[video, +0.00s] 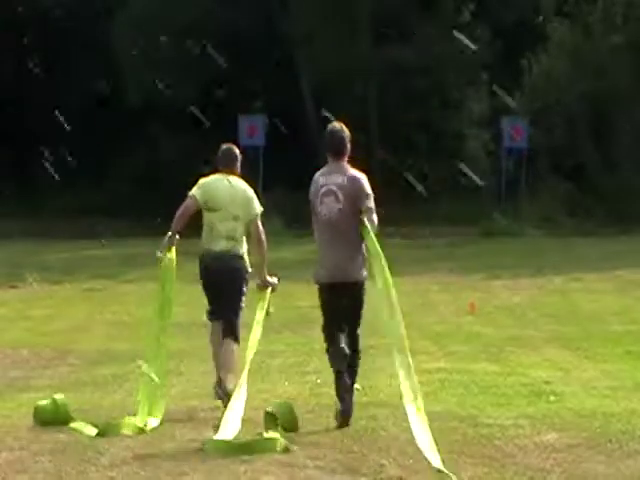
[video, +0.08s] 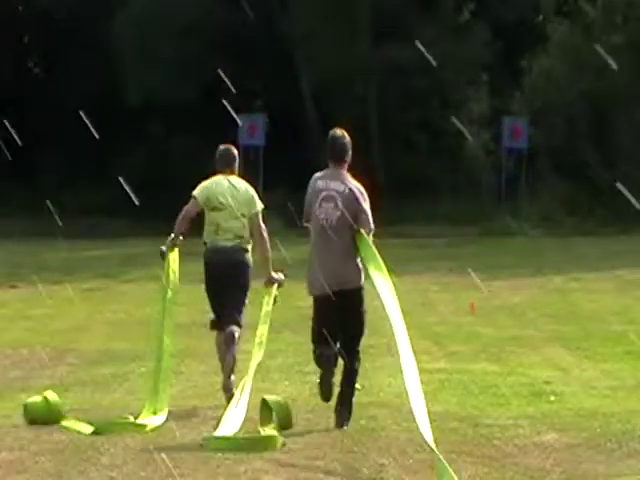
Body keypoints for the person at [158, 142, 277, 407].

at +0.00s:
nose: (239, 167)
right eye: (240, 163)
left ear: (217, 163)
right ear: (238, 164)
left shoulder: (206, 184)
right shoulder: (246, 191)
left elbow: (185, 210)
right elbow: (259, 237)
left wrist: (172, 235)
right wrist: (263, 273)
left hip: (209, 258)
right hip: (236, 259)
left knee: (216, 317)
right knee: (230, 324)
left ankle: (220, 376)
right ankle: (227, 381)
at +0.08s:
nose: (231, 168)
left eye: (222, 164)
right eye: (234, 163)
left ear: (217, 165)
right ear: (237, 165)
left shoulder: (207, 186)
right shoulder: (248, 191)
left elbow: (187, 213)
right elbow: (260, 233)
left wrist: (175, 237)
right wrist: (269, 270)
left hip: (213, 253)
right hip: (239, 253)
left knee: (222, 317)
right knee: (235, 308)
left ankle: (227, 376)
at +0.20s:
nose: (235, 175)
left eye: (228, 170)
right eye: (239, 171)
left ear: (220, 172)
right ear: (241, 172)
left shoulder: (210, 194)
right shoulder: (249, 196)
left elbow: (189, 219)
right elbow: (266, 233)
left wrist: (179, 242)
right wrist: (277, 267)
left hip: (217, 258)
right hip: (243, 257)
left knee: (222, 325)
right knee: (243, 316)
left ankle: (230, 388)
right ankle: (241, 339)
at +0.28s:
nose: (247, 170)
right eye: (247, 166)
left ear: (227, 165)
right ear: (248, 167)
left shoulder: (213, 186)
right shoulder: (253, 190)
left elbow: (192, 214)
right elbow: (270, 227)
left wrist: (184, 240)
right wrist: (282, 257)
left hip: (217, 254)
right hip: (244, 255)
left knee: (224, 320)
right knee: (242, 316)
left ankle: (229, 372)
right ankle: (244, 373)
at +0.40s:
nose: (253, 176)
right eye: (254, 172)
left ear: (233, 170)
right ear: (253, 172)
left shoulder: (220, 188)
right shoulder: (256, 194)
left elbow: (199, 215)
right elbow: (276, 230)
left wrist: (188, 241)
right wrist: (290, 254)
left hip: (217, 248)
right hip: (243, 251)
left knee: (222, 298)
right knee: (243, 320)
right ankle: (242, 376)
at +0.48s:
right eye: (251, 176)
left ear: (234, 176)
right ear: (254, 178)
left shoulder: (222, 195)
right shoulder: (260, 200)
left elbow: (202, 217)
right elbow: (278, 230)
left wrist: (191, 237)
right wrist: (295, 249)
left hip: (222, 259)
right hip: (247, 261)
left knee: (224, 313)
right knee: (245, 325)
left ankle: (227, 337)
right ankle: (240, 385)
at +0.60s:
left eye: (234, 173)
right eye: (246, 172)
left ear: (230, 174)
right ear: (249, 174)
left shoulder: (223, 193)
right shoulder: (259, 195)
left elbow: (207, 214)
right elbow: (276, 223)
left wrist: (197, 234)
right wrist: (291, 245)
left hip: (227, 255)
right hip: (251, 254)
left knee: (230, 312)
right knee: (245, 305)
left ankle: (234, 365)